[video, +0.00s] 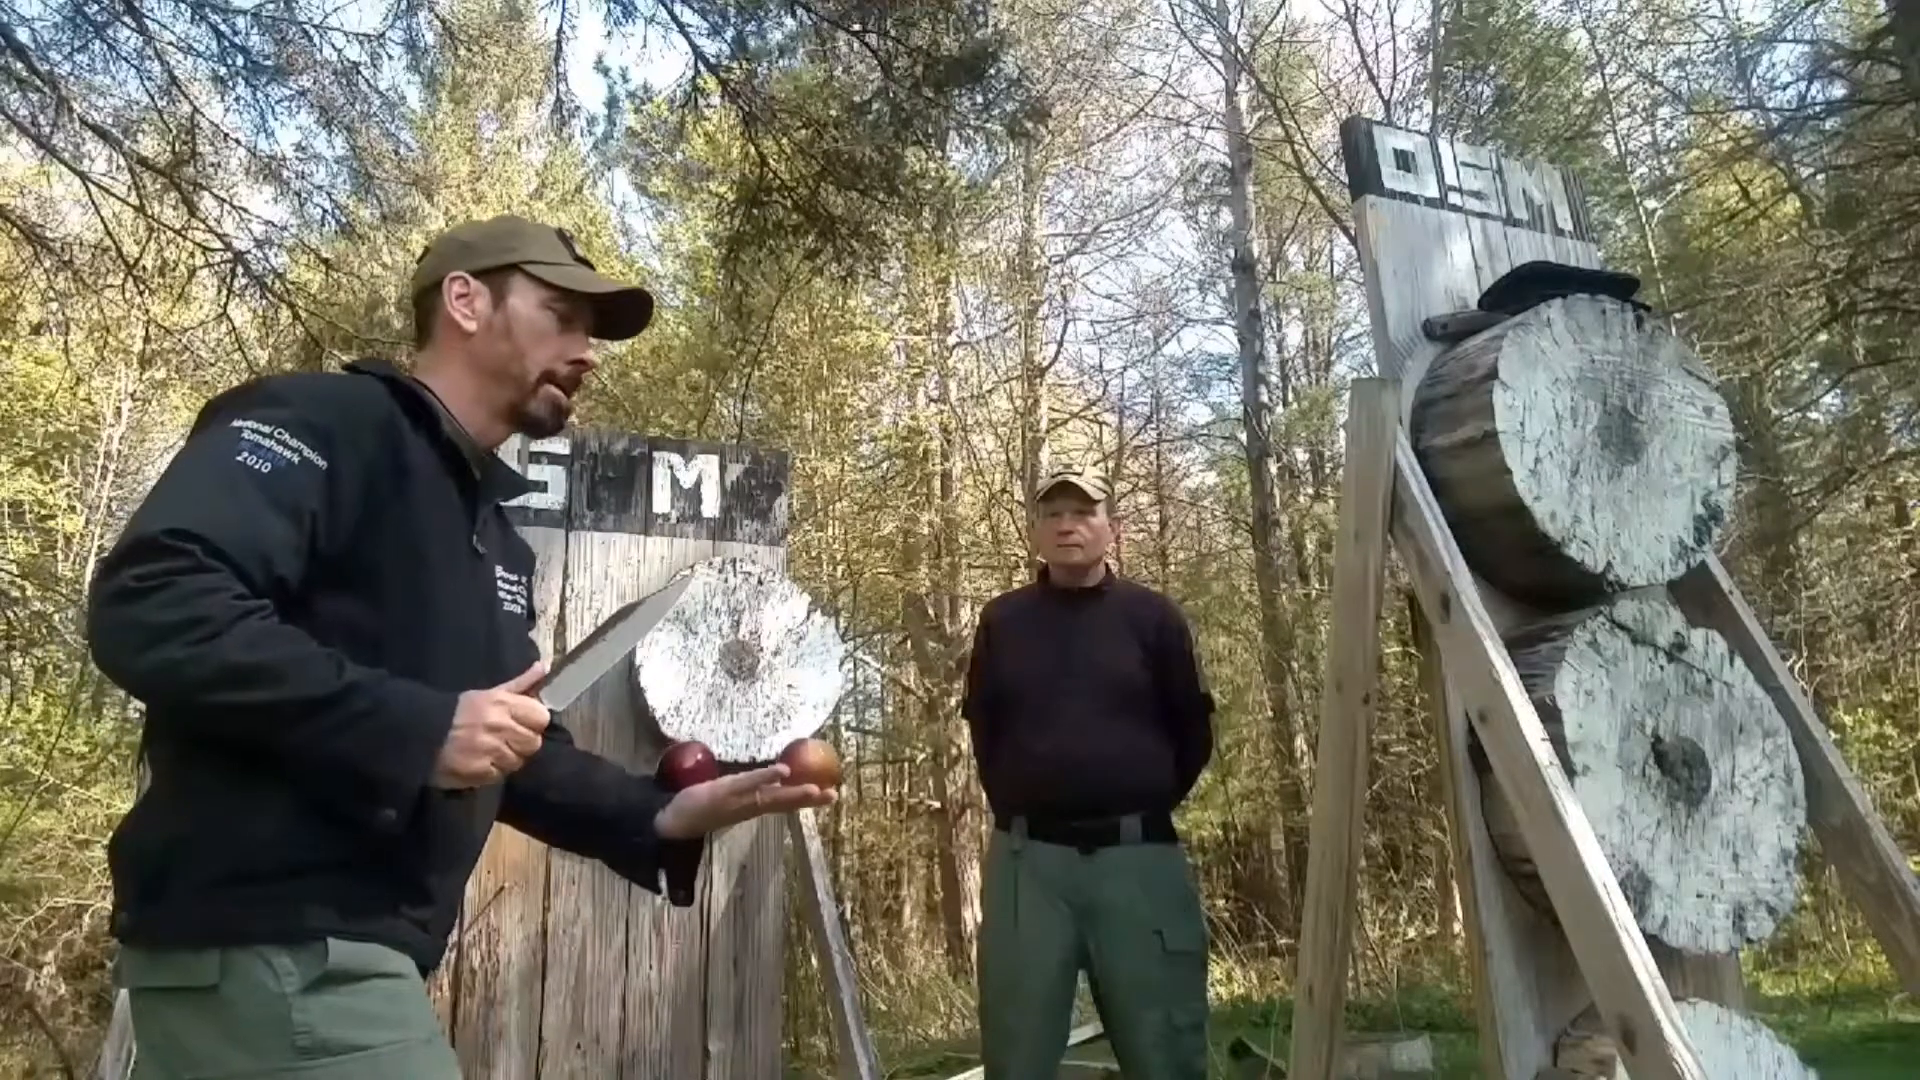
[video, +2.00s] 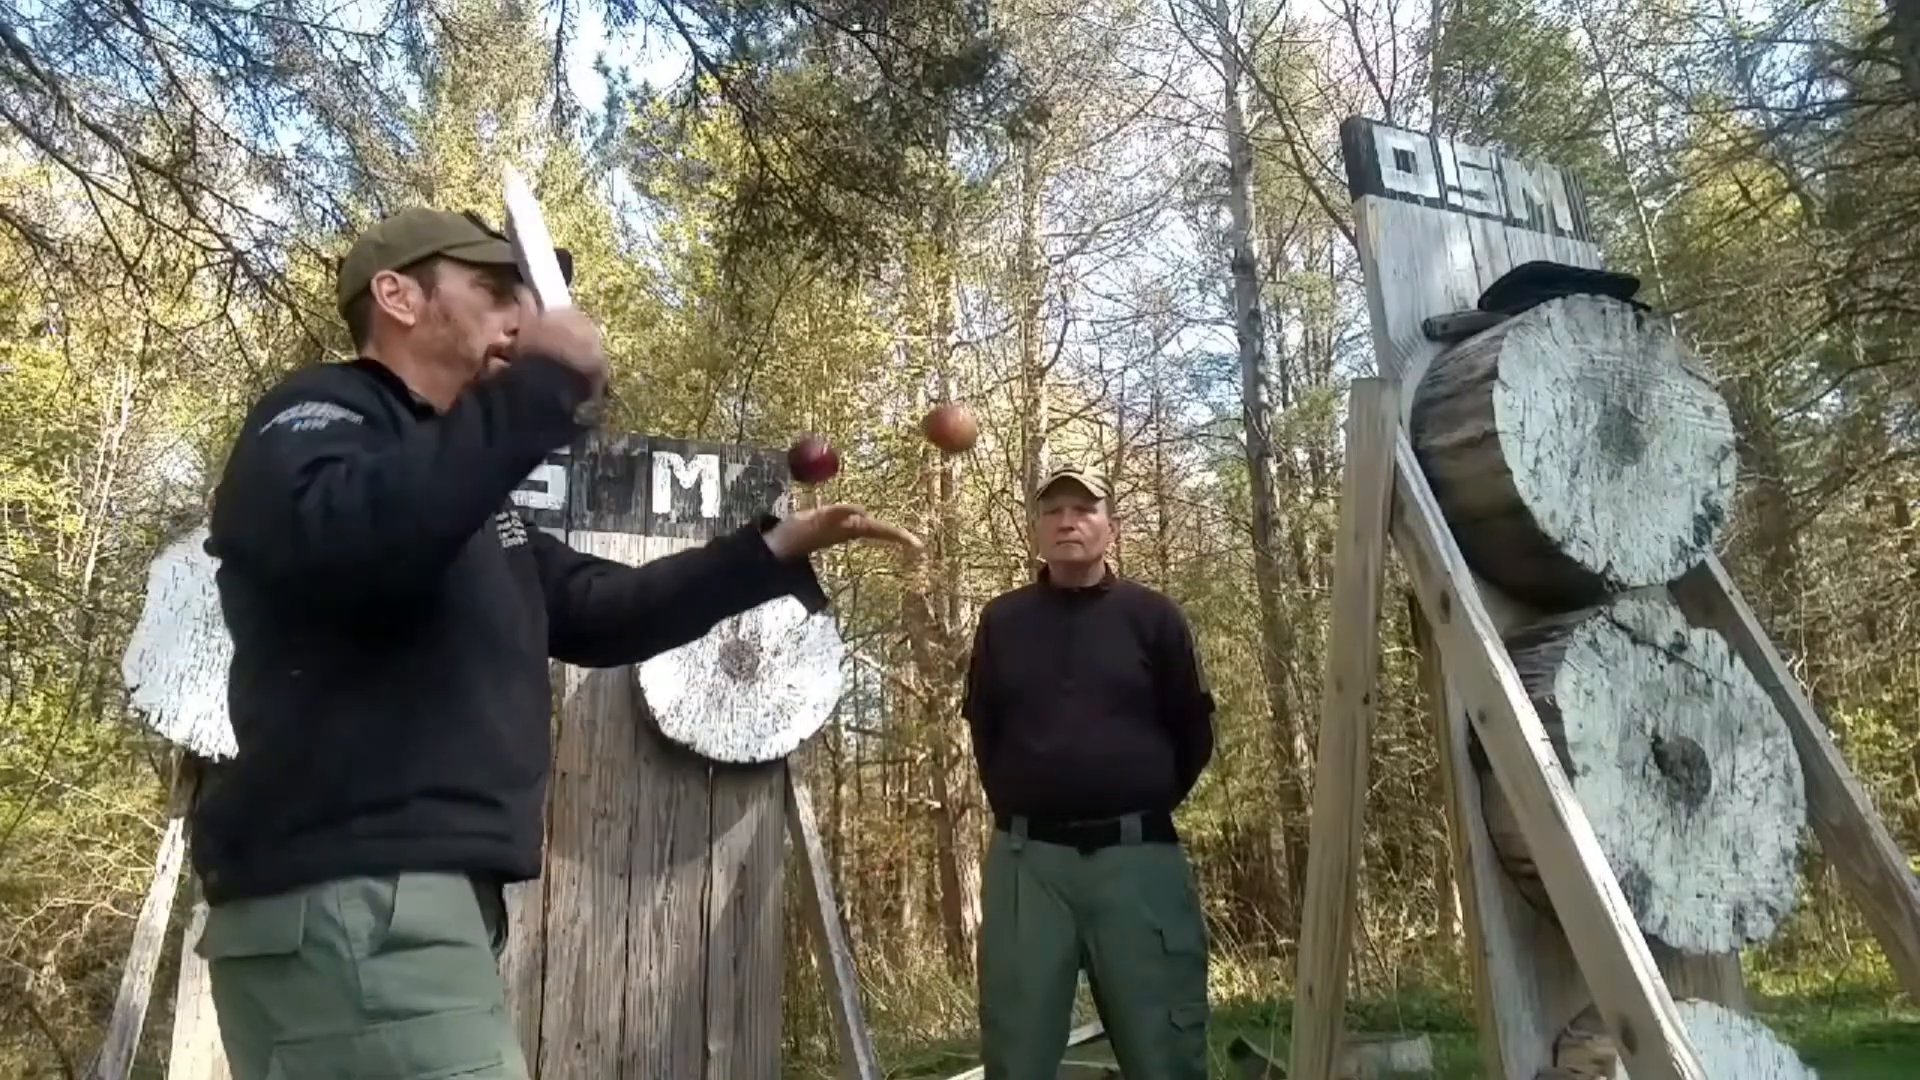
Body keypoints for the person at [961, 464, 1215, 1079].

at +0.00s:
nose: (1068, 524)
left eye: (1082, 512)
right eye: (1053, 515)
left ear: (1111, 530)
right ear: (1032, 534)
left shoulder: (1154, 615)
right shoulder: (1001, 618)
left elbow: (1194, 732)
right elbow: (982, 723)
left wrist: (1140, 812)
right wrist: (1024, 815)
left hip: (1140, 862)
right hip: (1026, 861)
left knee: (1164, 1058)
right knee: (1017, 1059)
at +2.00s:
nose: (1069, 521)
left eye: (1083, 510)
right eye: (1053, 512)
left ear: (1110, 530)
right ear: (1034, 533)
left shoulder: (1153, 614)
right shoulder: (1000, 618)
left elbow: (1194, 731)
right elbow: (983, 726)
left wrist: (1141, 813)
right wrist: (1026, 814)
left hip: (1138, 860)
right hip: (1025, 861)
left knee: (1164, 1057)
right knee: (1016, 1059)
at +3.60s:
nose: (1072, 522)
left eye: (1085, 510)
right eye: (1056, 511)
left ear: (1108, 531)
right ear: (1034, 533)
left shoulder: (1149, 612)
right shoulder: (996, 619)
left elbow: (1191, 731)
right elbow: (981, 731)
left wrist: (1136, 812)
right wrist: (1028, 815)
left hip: (1143, 861)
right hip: (1025, 862)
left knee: (1165, 1058)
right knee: (1018, 1060)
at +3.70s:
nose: (1073, 522)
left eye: (1086, 511)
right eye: (1057, 511)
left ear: (1106, 530)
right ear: (1033, 531)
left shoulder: (1146, 614)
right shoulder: (1000, 620)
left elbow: (1187, 736)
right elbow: (984, 735)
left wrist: (1138, 812)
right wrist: (1038, 820)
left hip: (1141, 857)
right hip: (1028, 859)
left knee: (1167, 1060)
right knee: (1019, 1061)